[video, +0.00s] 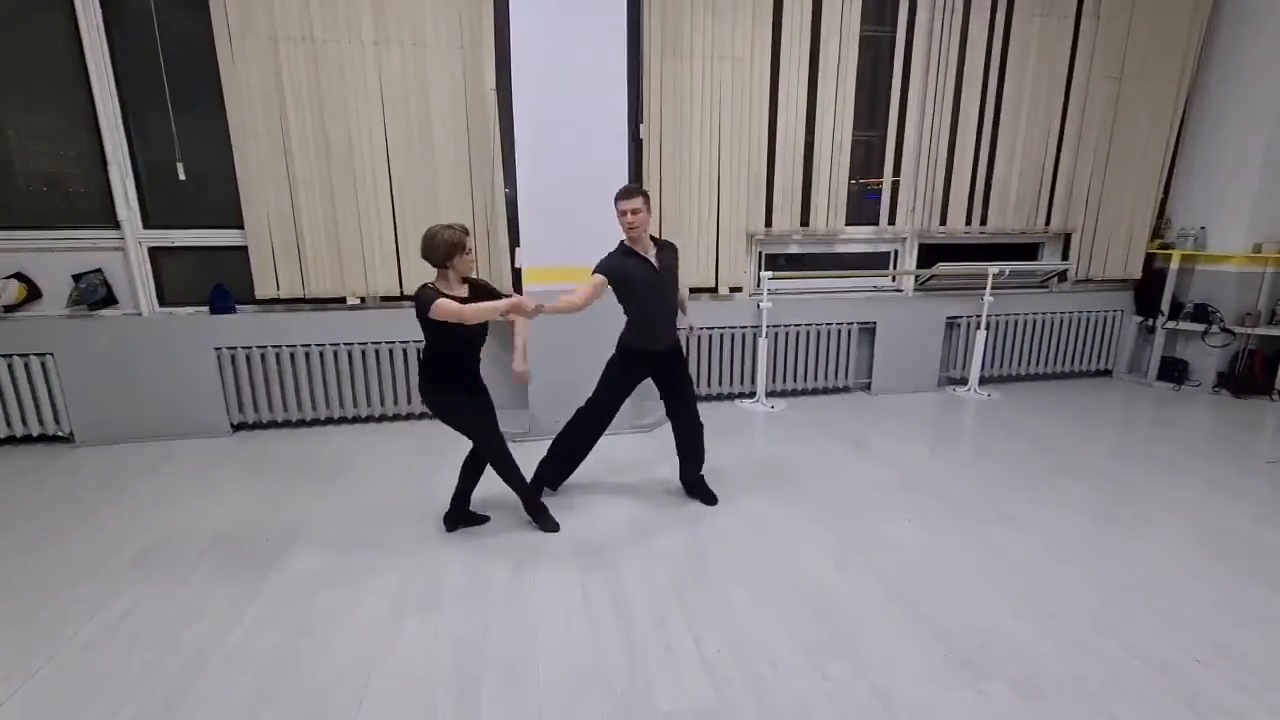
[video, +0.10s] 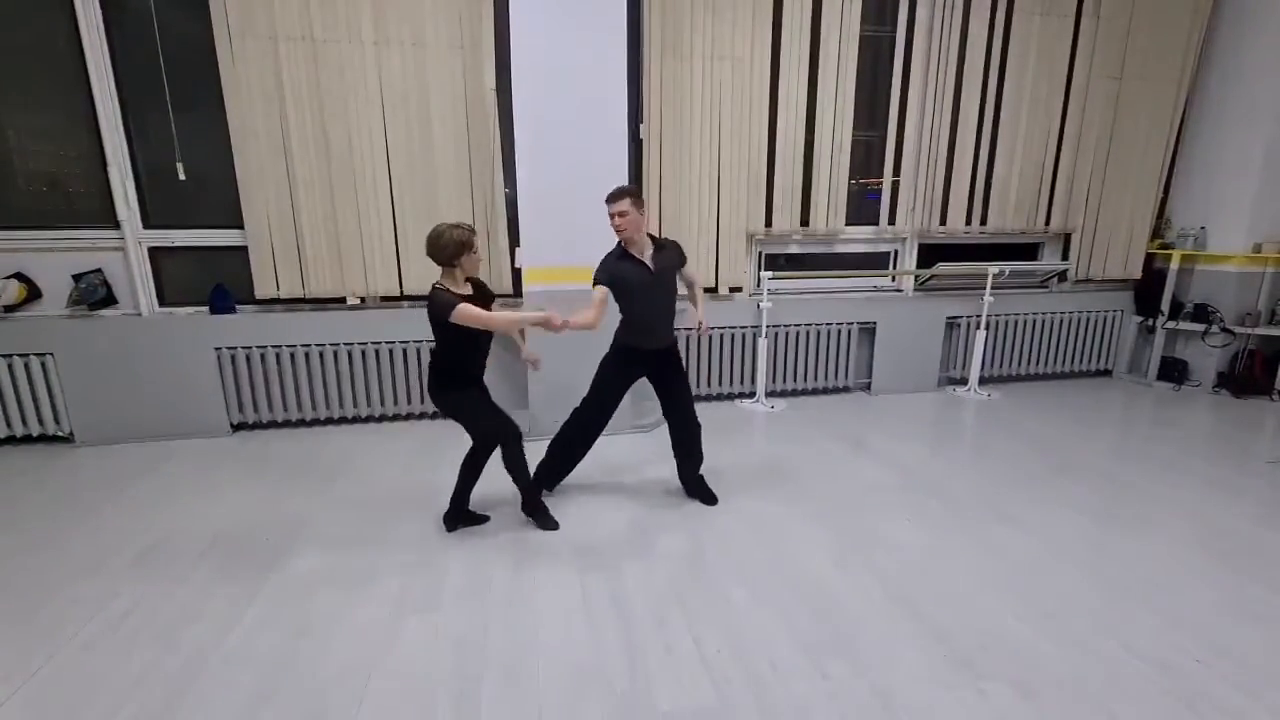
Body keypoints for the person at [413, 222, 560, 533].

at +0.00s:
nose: (473, 257)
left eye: (472, 250)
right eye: (467, 252)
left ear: (458, 258)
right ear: (448, 260)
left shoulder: (478, 288)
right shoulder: (427, 296)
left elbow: (519, 310)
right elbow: (464, 315)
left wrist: (519, 355)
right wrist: (507, 306)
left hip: (470, 380)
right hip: (438, 386)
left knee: (487, 439)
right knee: (488, 436)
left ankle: (458, 510)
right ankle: (531, 502)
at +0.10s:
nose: (480, 256)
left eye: (478, 250)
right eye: (475, 251)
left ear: (460, 258)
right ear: (457, 259)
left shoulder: (478, 289)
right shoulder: (441, 301)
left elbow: (501, 318)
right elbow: (489, 321)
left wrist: (523, 348)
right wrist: (541, 318)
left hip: (472, 383)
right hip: (448, 388)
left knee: (485, 440)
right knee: (508, 432)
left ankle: (457, 510)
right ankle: (532, 502)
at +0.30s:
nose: (506, 248)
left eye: (504, 242)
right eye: (503, 243)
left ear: (468, 248)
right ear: (492, 248)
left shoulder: (450, 285)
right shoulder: (510, 287)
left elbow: (413, 315)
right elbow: (551, 319)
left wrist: (392, 336)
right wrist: (576, 334)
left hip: (466, 379)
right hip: (503, 379)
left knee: (484, 436)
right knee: (538, 433)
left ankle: (461, 507)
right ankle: (552, 507)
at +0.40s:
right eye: (523, 231)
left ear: (487, 238)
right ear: (522, 236)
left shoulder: (479, 277)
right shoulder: (535, 274)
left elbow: (461, 327)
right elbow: (554, 321)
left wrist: (426, 352)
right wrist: (528, 322)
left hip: (489, 367)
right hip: (530, 365)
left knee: (485, 433)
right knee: (530, 427)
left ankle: (469, 503)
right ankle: (555, 501)